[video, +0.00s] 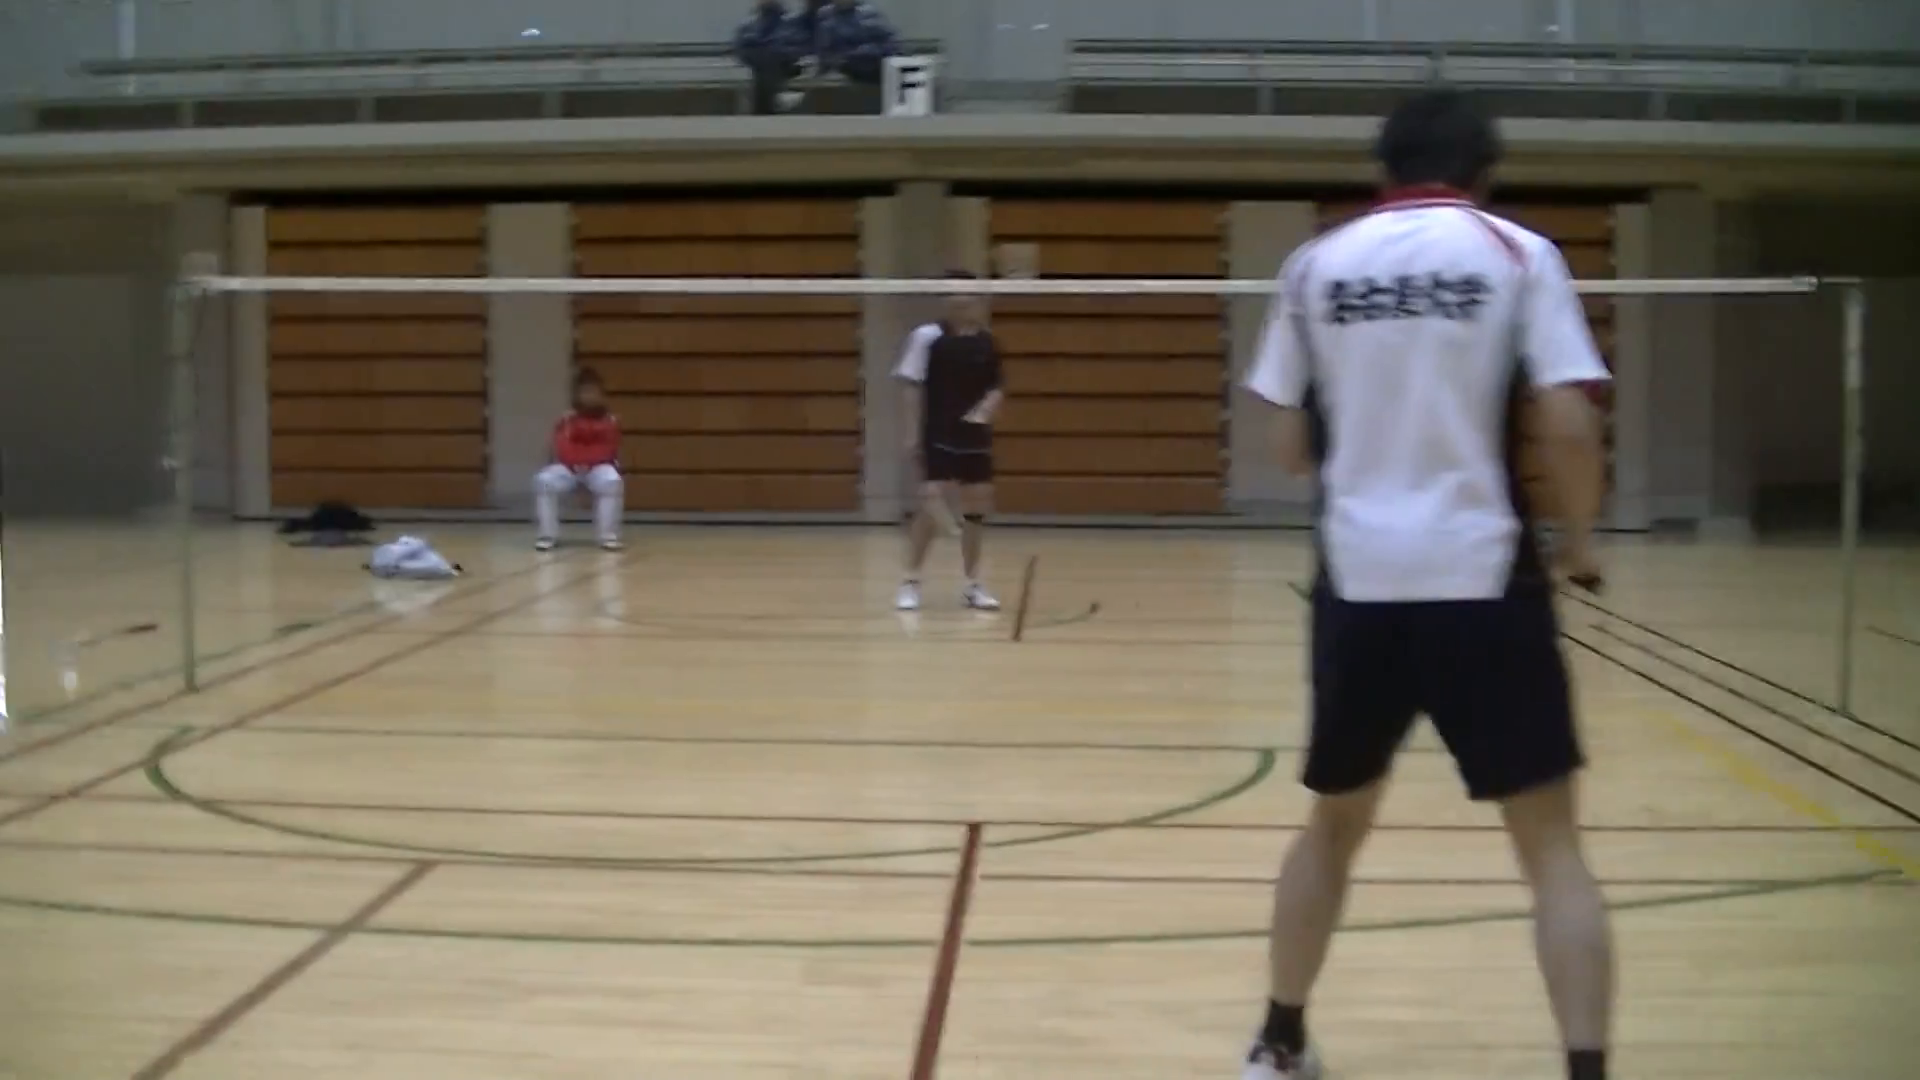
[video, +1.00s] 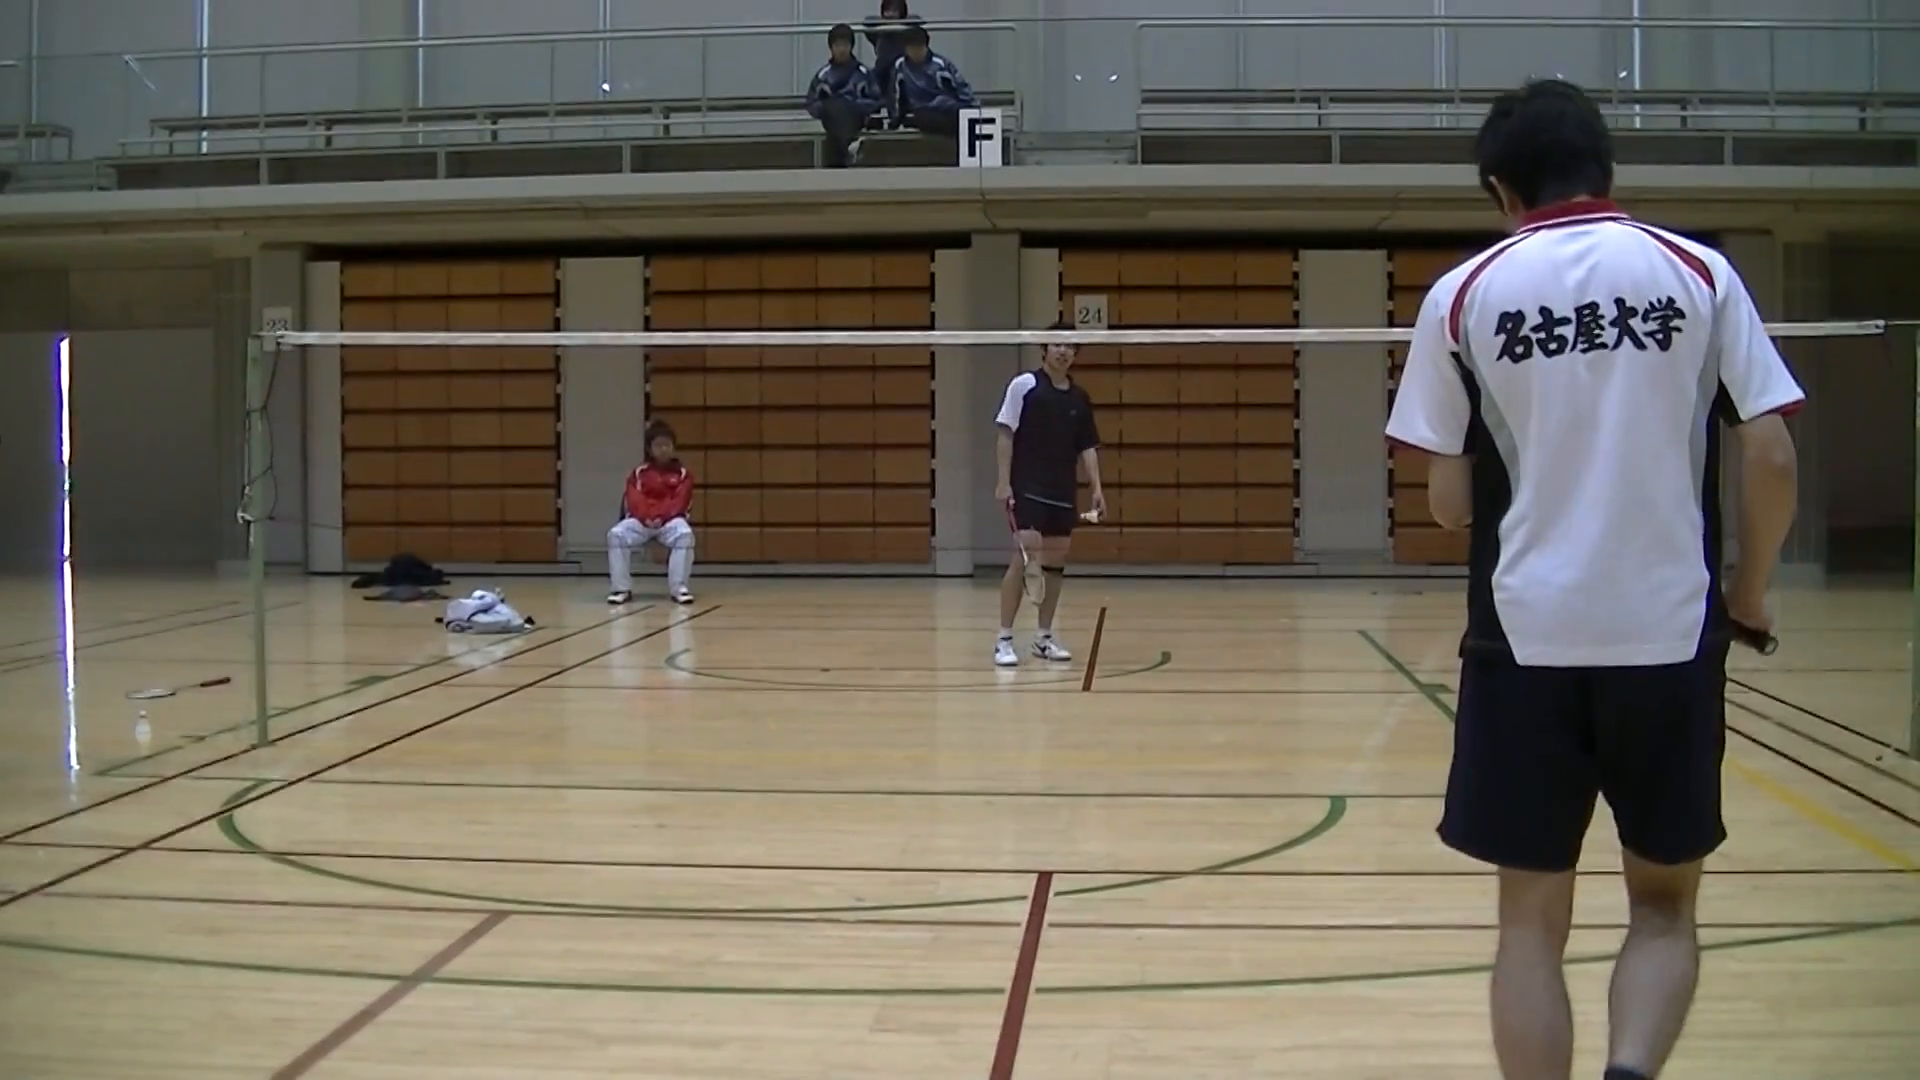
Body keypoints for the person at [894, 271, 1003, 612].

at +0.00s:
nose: (965, 307)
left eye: (971, 300)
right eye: (958, 300)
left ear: (980, 303)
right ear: (945, 303)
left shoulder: (984, 341)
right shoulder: (927, 337)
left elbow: (996, 386)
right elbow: (910, 388)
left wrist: (985, 409)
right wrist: (911, 436)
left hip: (974, 436)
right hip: (937, 435)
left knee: (976, 511)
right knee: (931, 507)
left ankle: (973, 583)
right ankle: (911, 581)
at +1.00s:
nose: (1062, 352)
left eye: (1068, 347)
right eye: (1056, 346)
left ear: (1075, 353)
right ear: (1044, 350)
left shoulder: (1078, 397)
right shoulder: (1023, 385)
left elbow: (1088, 447)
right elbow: (1004, 434)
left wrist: (1096, 488)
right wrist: (1003, 482)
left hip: (1062, 488)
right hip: (1026, 485)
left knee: (1056, 562)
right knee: (1025, 556)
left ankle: (1044, 637)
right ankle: (1004, 639)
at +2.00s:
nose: (1062, 370)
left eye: (1065, 365)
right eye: (1057, 364)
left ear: (1068, 365)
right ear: (1040, 361)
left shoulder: (1069, 395)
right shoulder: (1014, 389)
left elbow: (1086, 436)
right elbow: (992, 437)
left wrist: (1100, 448)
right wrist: (988, 482)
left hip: (1058, 489)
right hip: (1025, 488)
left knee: (1050, 565)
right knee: (1026, 556)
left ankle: (1040, 638)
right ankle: (1003, 638)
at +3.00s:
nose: (1062, 353)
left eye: (1067, 348)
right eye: (1056, 346)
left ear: (1071, 354)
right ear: (1040, 350)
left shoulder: (1075, 395)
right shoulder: (1015, 381)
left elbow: (1100, 419)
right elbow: (969, 402)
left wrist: (1113, 428)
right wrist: (972, 431)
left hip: (1062, 488)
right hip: (1025, 487)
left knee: (1070, 561)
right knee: (1030, 563)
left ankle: (1055, 627)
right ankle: (1026, 646)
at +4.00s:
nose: (1107, 366)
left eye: (1112, 361)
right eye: (1101, 359)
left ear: (1118, 367)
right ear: (1087, 364)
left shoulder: (1115, 405)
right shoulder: (1066, 398)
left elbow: (1109, 454)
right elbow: (1040, 449)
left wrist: (1130, 479)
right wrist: (1030, 499)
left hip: (1094, 492)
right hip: (1061, 490)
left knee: (1105, 564)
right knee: (1069, 549)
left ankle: (1085, 633)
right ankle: (1041, 639)